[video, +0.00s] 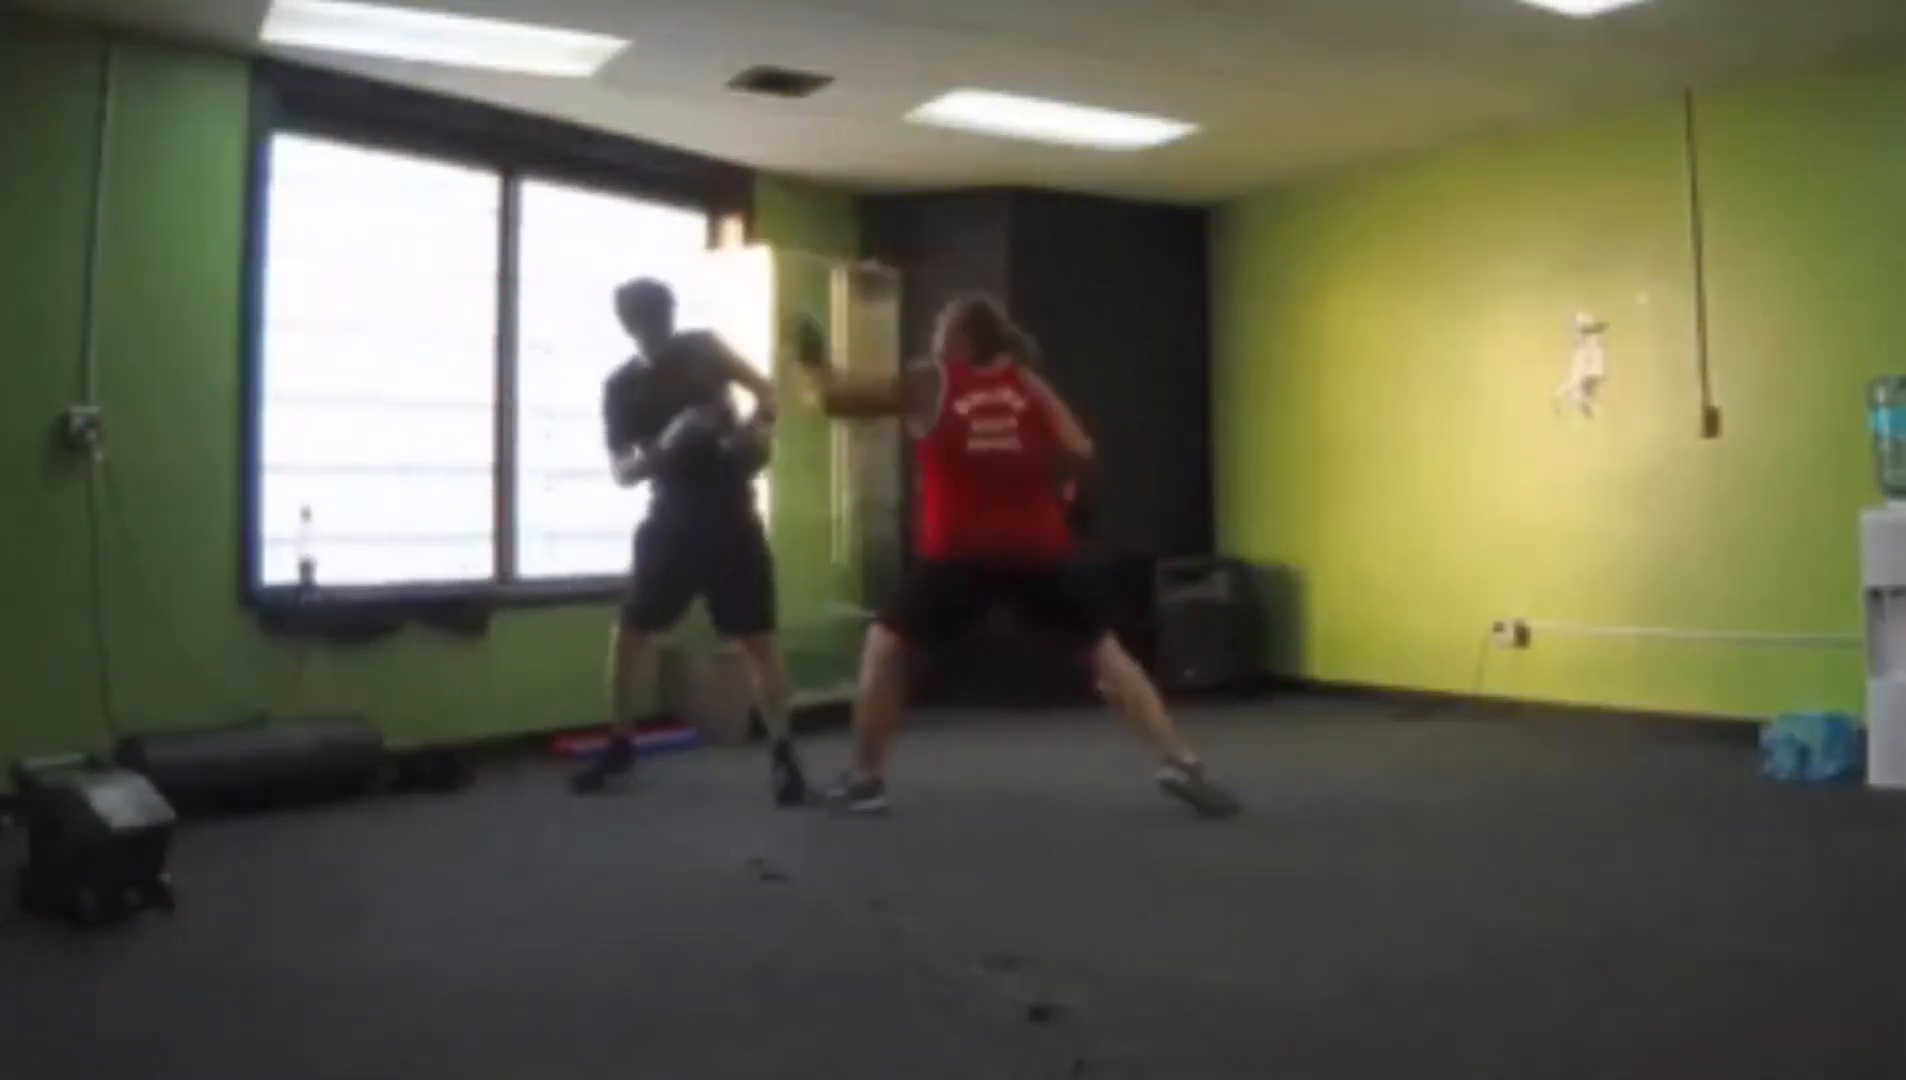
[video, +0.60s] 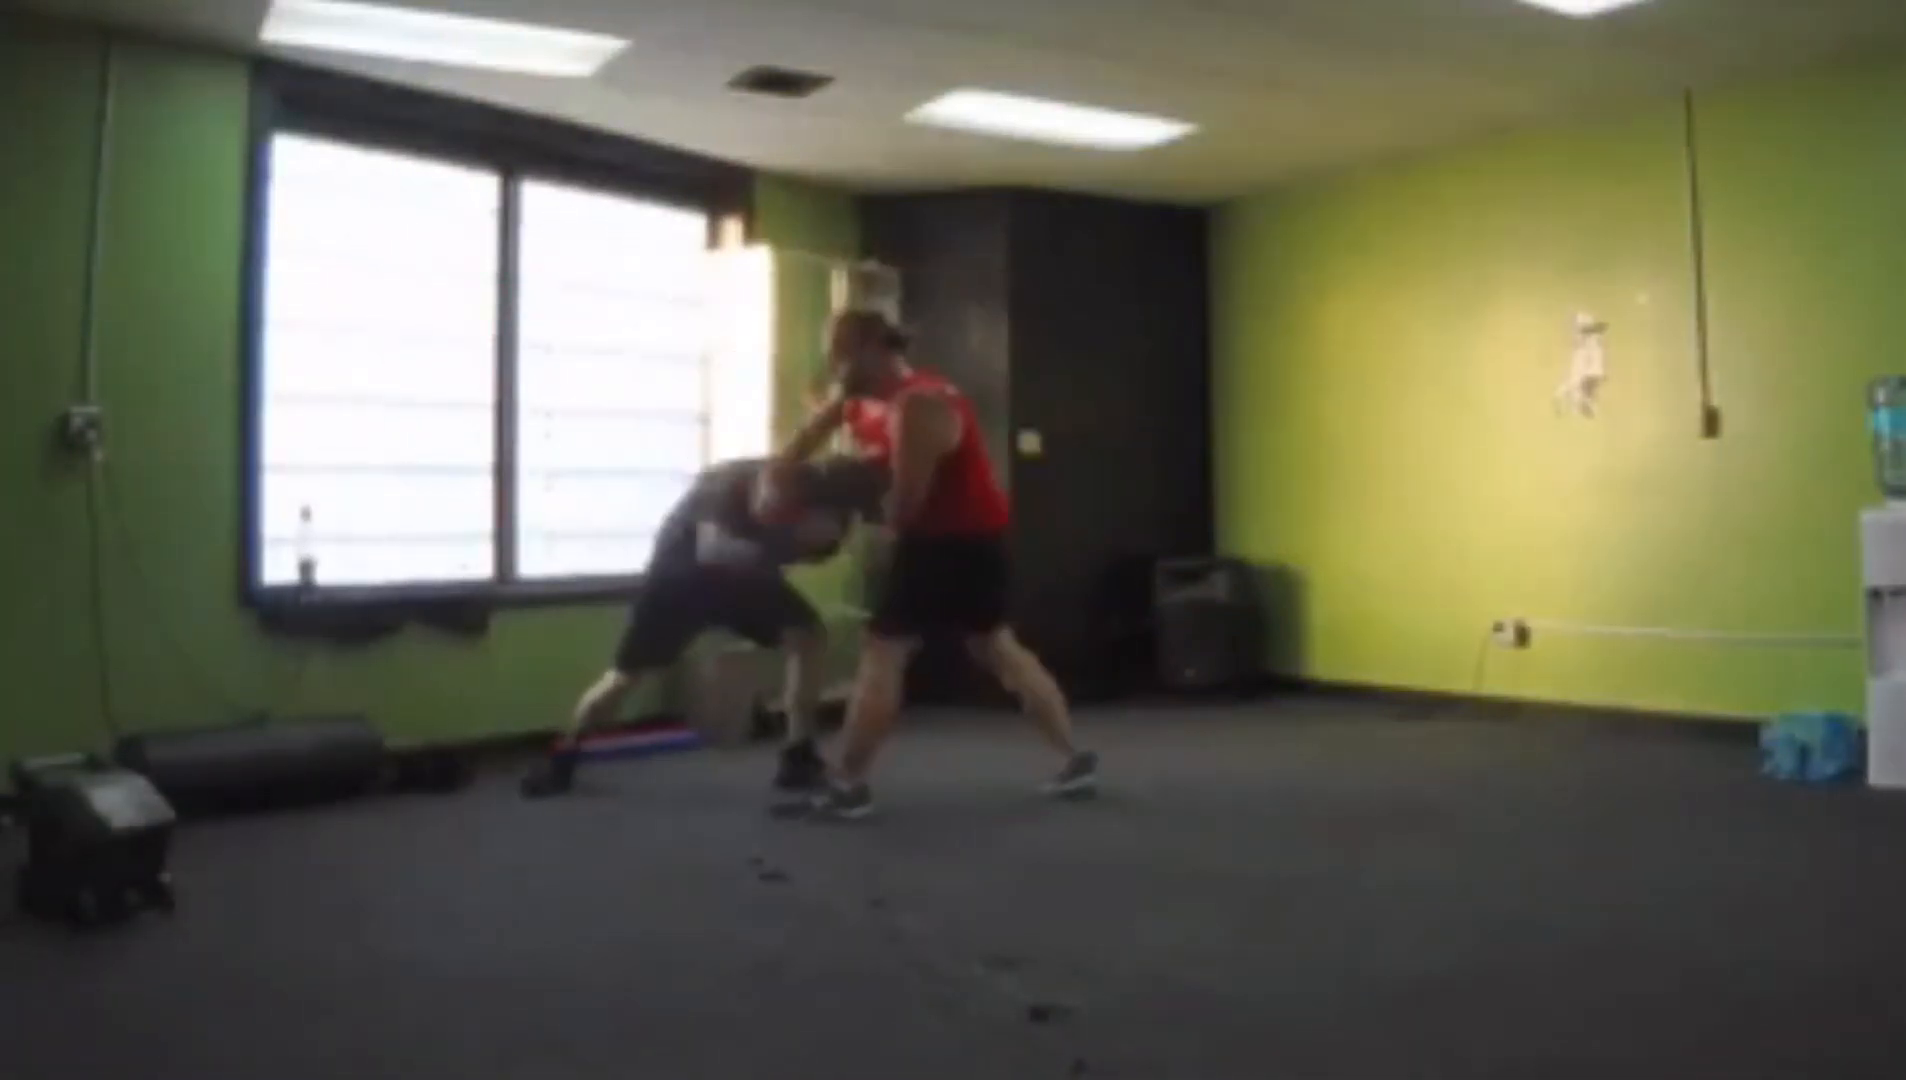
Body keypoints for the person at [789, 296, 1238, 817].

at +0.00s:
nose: (936, 343)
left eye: (942, 334)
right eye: (940, 333)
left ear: (955, 340)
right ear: (998, 342)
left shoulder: (928, 382)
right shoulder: (1028, 385)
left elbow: (838, 398)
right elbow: (1078, 448)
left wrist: (818, 366)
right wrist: (1051, 485)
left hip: (954, 560)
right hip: (1039, 557)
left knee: (884, 644)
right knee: (1103, 653)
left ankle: (866, 777)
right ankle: (1180, 760)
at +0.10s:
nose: (905, 338)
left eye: (909, 331)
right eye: (910, 332)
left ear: (919, 339)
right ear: (969, 340)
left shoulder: (896, 374)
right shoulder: (998, 381)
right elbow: (1062, 438)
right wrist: (1033, 467)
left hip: (931, 554)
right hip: (1014, 552)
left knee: (874, 647)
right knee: (1065, 636)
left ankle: (863, 773)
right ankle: (1123, 750)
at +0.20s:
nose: (898, 326)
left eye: (904, 317)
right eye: (903, 316)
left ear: (915, 325)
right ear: (958, 326)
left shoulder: (887, 372)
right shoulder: (991, 371)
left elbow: (795, 401)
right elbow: (1050, 435)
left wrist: (762, 382)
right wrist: (998, 448)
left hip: (917, 537)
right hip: (997, 536)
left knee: (863, 639)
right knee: (1023, 639)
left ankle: (856, 774)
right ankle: (1061, 764)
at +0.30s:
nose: (885, 330)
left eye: (890, 320)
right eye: (887, 319)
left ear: (903, 324)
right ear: (944, 325)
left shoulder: (888, 374)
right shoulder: (976, 372)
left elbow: (836, 450)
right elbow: (1019, 436)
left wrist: (779, 457)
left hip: (908, 532)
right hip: (983, 532)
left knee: (842, 633)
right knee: (994, 649)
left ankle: (845, 767)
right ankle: (1043, 767)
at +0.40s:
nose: (857, 335)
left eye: (862, 325)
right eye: (859, 324)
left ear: (878, 328)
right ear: (914, 326)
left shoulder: (880, 384)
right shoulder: (951, 373)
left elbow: (860, 475)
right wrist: (854, 388)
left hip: (902, 544)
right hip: (970, 541)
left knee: (847, 647)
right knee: (988, 653)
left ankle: (842, 778)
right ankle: (1043, 768)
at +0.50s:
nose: (834, 357)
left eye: (841, 344)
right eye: (833, 345)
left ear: (871, 343)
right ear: (876, 342)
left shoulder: (902, 396)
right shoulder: (875, 393)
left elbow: (888, 494)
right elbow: (813, 422)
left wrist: (853, 477)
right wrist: (775, 396)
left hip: (928, 538)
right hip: (972, 536)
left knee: (871, 649)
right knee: (989, 648)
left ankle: (847, 780)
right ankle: (1047, 771)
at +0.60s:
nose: (837, 367)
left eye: (845, 354)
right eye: (835, 355)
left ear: (877, 350)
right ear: (867, 352)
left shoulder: (922, 403)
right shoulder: (860, 402)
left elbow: (908, 496)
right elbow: (815, 433)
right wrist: (777, 473)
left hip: (946, 539)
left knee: (883, 653)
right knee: (996, 645)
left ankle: (849, 780)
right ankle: (1073, 753)